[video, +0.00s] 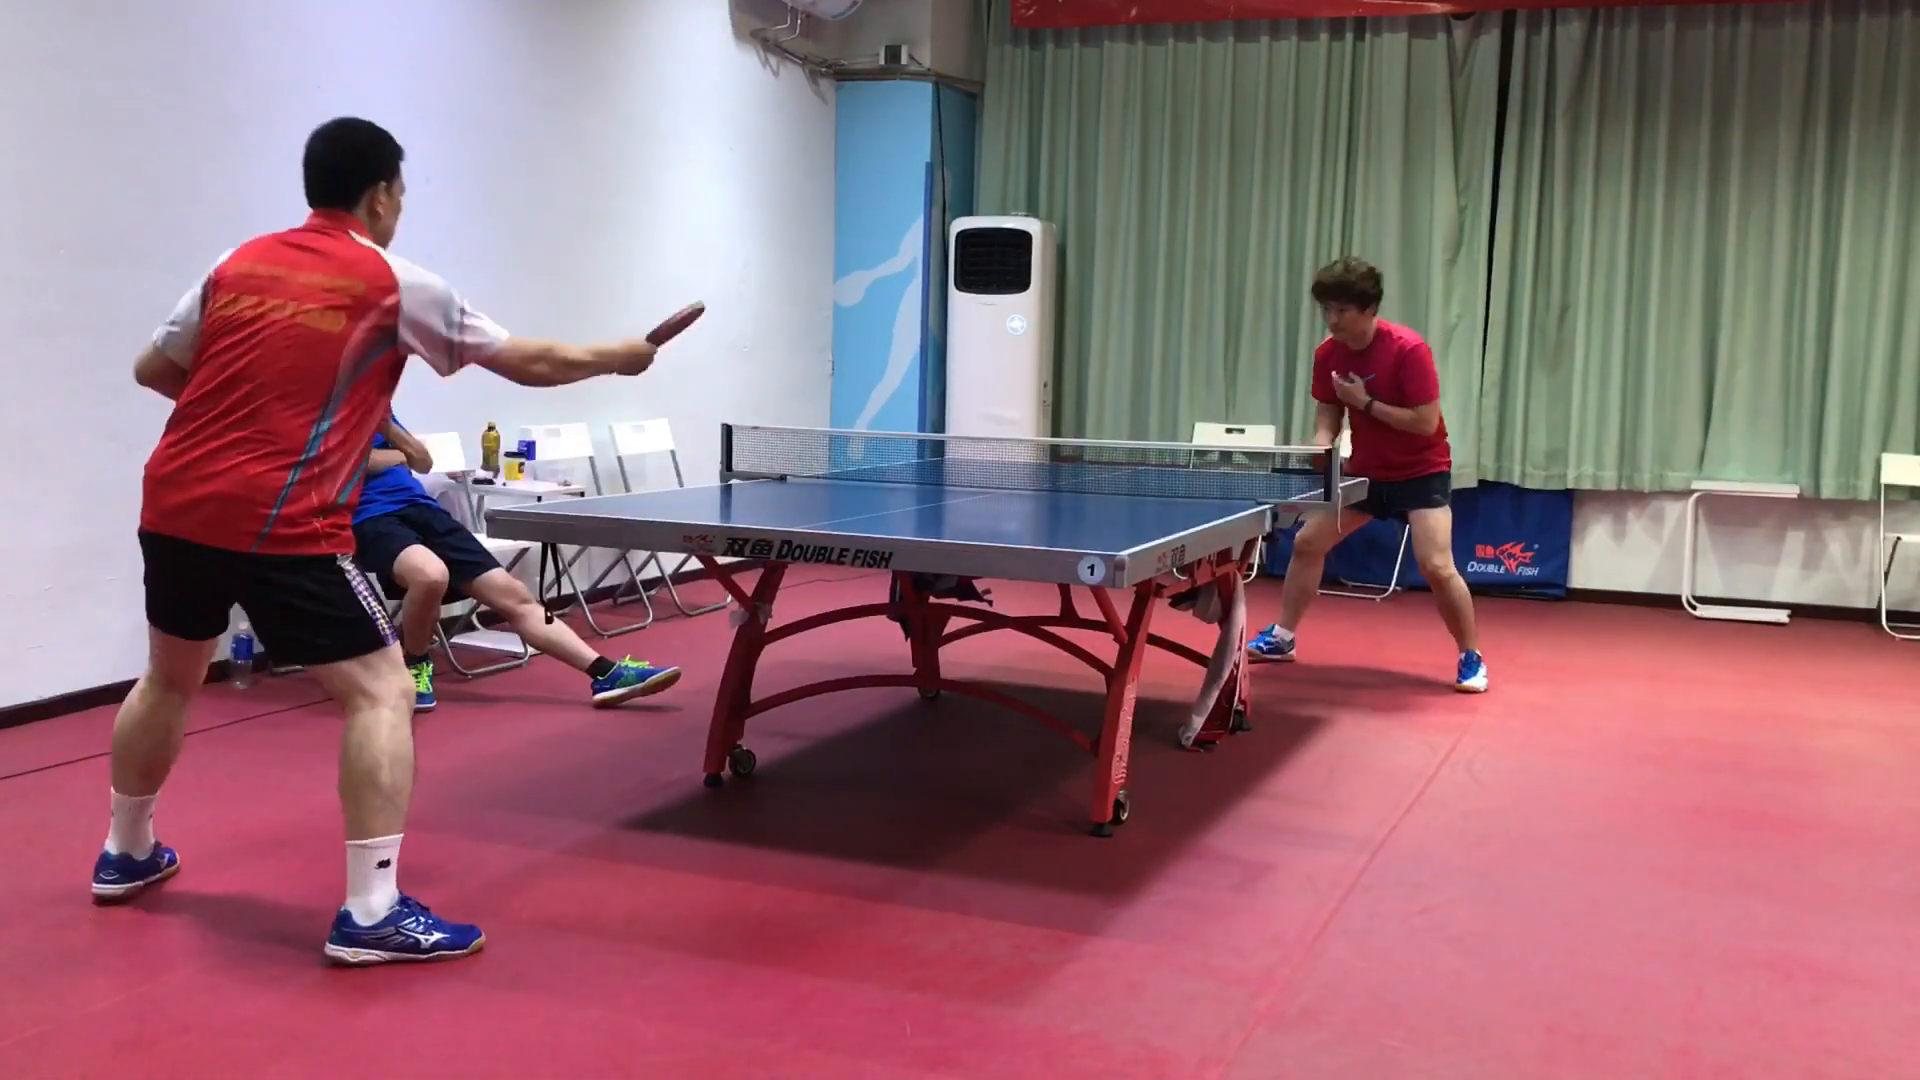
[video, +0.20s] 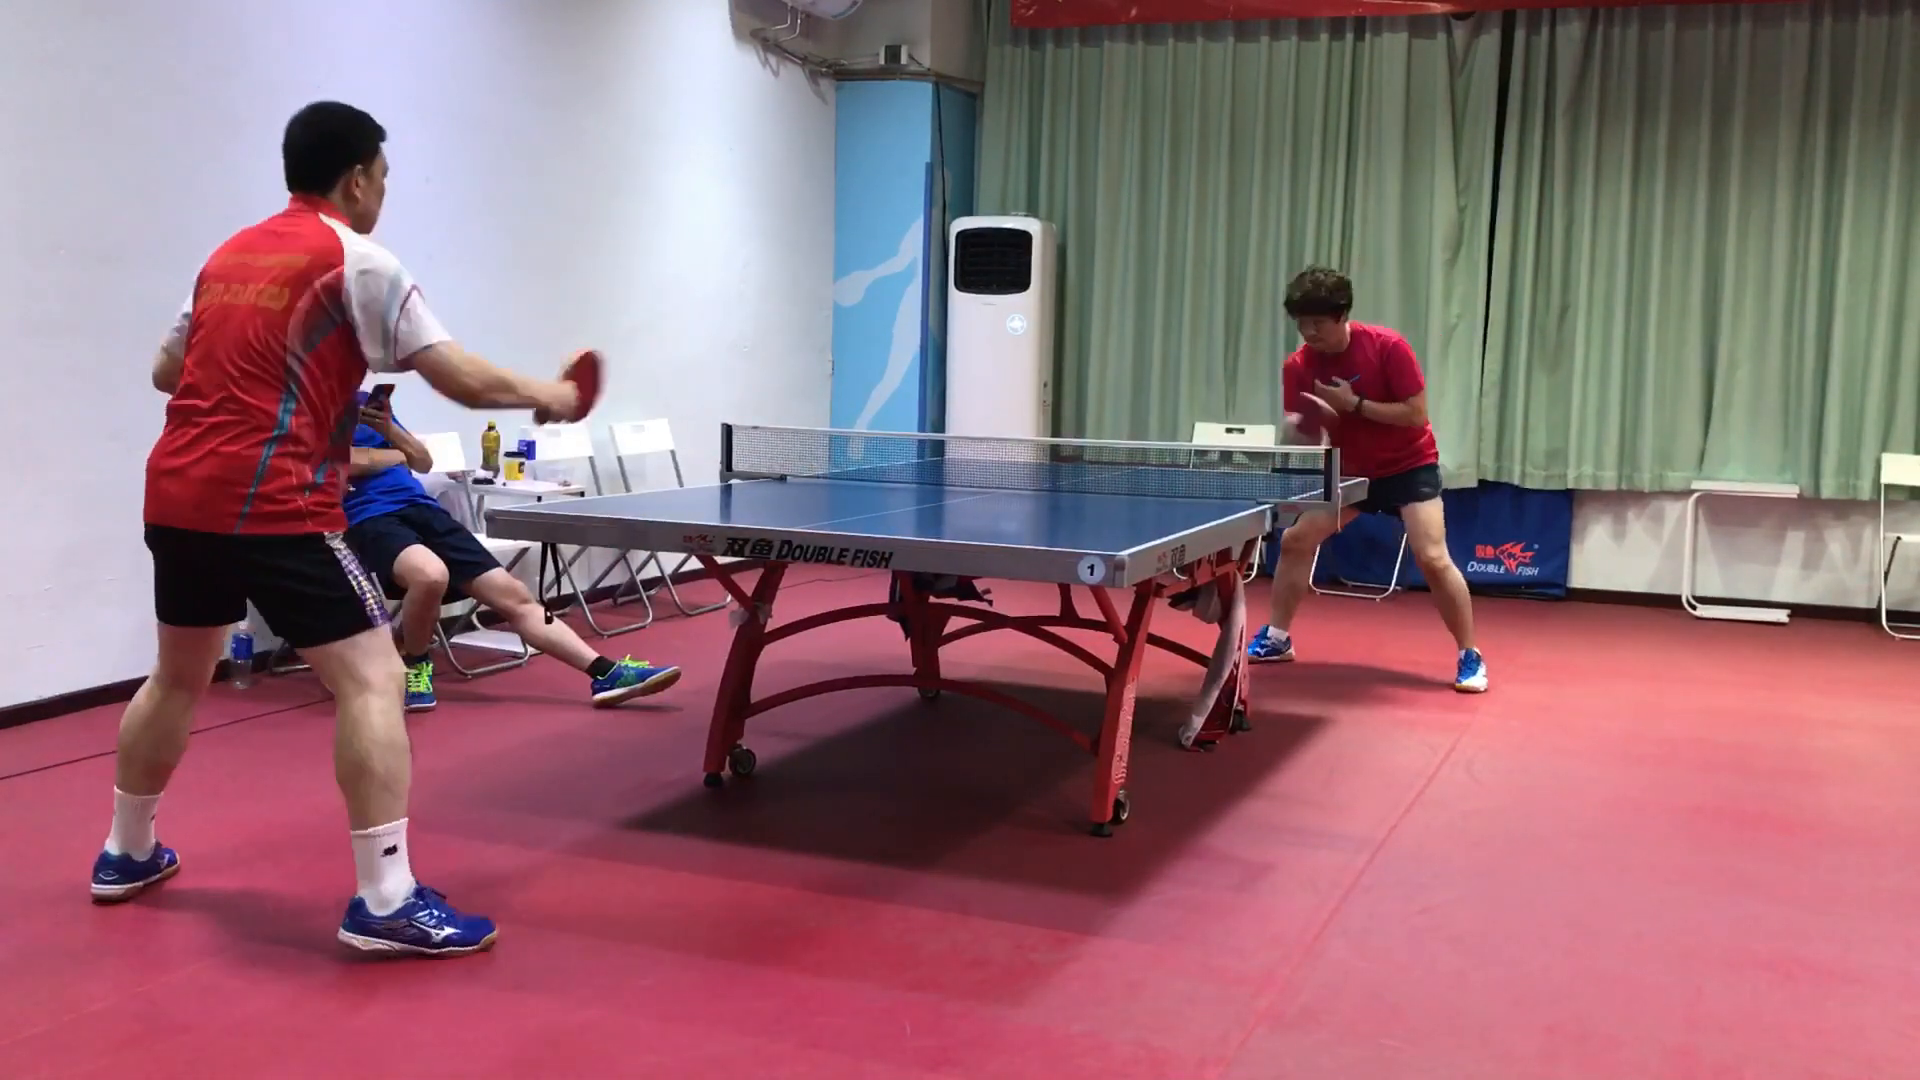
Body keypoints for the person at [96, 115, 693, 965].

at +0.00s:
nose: (402, 207)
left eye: (401, 193)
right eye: (399, 193)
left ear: (312, 196)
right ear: (378, 198)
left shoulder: (239, 262)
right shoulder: (395, 283)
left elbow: (156, 366)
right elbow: (527, 363)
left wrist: (251, 405)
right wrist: (623, 355)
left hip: (176, 506)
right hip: (290, 522)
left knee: (168, 681)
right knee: (378, 690)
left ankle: (125, 850)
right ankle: (371, 910)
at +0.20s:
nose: (383, 190)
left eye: (380, 174)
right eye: (380, 174)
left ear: (297, 176)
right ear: (356, 178)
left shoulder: (230, 253)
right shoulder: (362, 263)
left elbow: (169, 370)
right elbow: (452, 374)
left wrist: (270, 400)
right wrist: (550, 396)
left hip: (178, 499)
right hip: (277, 506)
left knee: (176, 679)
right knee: (370, 681)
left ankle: (125, 852)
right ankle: (386, 899)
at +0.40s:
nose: (416, 255)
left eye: (417, 240)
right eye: (415, 239)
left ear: (331, 230)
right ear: (393, 237)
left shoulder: (264, 293)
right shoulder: (374, 314)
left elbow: (247, 414)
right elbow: (436, 444)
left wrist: (343, 458)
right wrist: (472, 493)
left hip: (170, 533)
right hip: (265, 545)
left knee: (202, 681)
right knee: (403, 690)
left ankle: (128, 853)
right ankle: (386, 909)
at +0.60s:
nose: (430, 229)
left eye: (428, 214)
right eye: (428, 214)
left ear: (344, 211)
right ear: (407, 217)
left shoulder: (269, 274)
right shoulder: (409, 309)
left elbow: (184, 380)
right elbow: (515, 422)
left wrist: (299, 404)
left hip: (179, 519)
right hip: (284, 535)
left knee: (181, 680)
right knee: (404, 689)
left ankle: (125, 851)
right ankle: (386, 908)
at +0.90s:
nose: (385, 184)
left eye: (382, 169)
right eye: (380, 170)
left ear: (298, 177)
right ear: (354, 176)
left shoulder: (233, 256)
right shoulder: (366, 267)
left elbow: (186, 383)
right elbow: (465, 373)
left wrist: (304, 415)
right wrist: (571, 387)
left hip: (190, 511)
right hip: (292, 518)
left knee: (174, 684)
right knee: (385, 685)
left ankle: (124, 854)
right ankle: (387, 905)